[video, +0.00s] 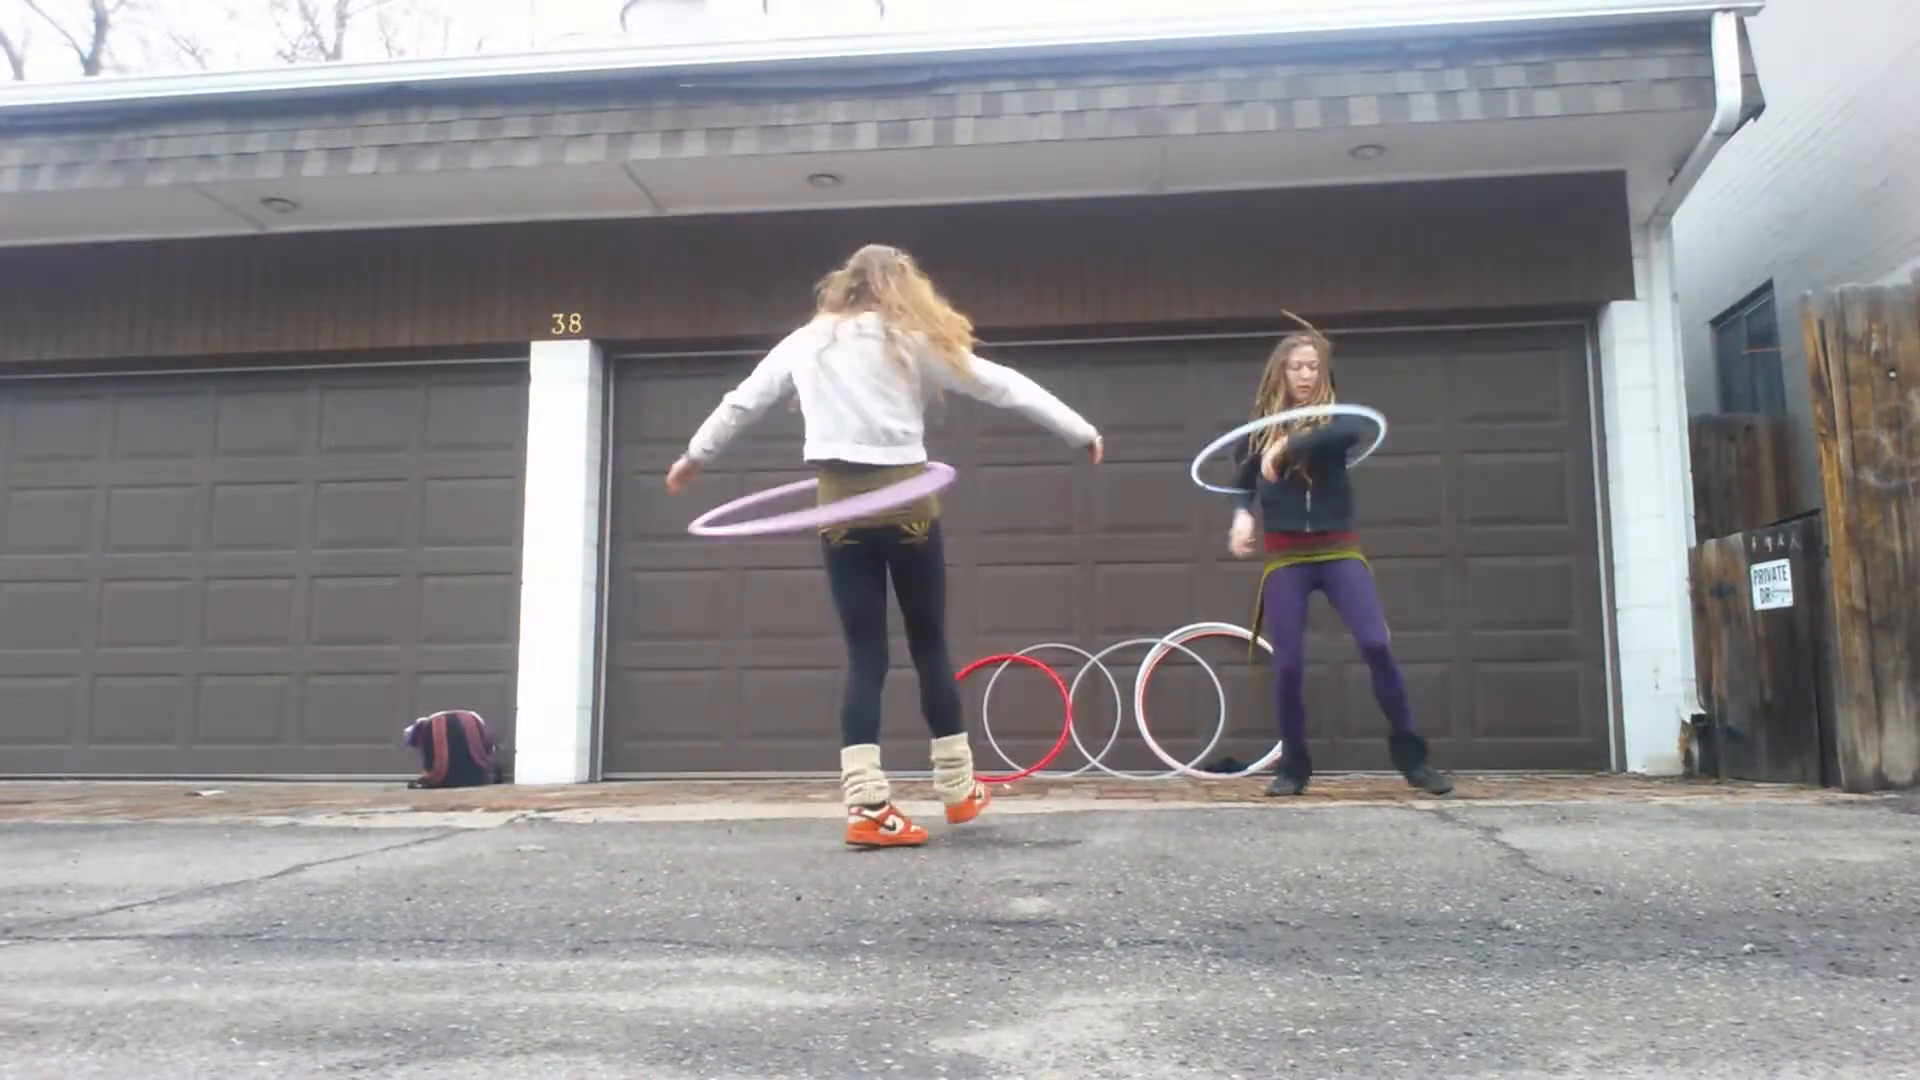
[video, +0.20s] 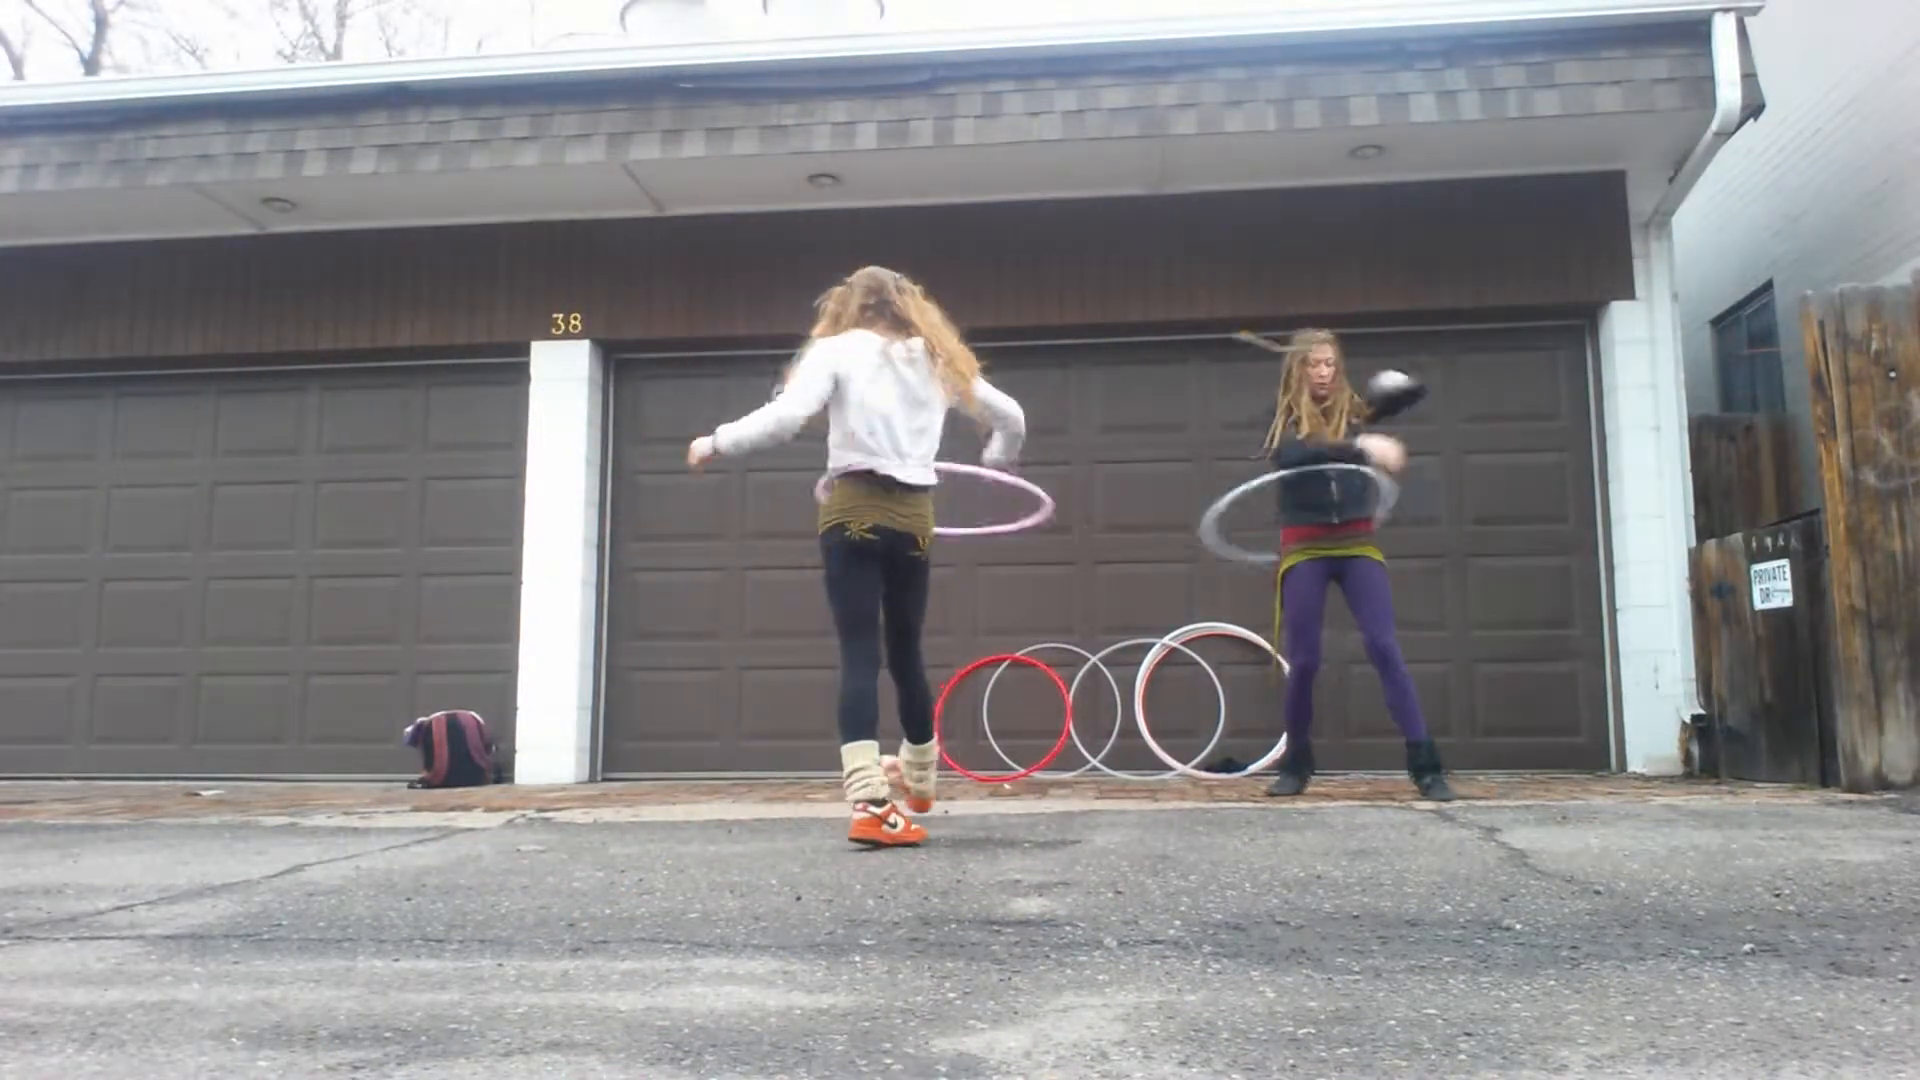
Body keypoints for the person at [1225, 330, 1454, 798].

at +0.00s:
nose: (1305, 376)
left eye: (1313, 368)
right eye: (1297, 367)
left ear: (1323, 373)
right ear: (1281, 372)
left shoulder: (1339, 417)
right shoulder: (1261, 425)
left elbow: (1344, 432)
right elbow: (1244, 481)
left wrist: (1289, 447)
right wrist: (1243, 513)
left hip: (1339, 550)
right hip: (1284, 555)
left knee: (1377, 644)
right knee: (1287, 662)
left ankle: (1411, 757)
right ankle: (1294, 766)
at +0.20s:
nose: (1323, 373)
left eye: (1330, 365)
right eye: (1315, 365)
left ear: (1339, 370)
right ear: (1299, 372)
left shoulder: (1357, 416)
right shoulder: (1286, 421)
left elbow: (1415, 392)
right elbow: (1288, 453)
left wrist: (1382, 398)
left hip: (1358, 542)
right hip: (1304, 546)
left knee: (1383, 646)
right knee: (1303, 660)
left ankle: (1425, 764)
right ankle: (1297, 763)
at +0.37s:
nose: (1353, 365)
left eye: (1358, 358)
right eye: (1343, 358)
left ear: (1368, 365)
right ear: (1320, 365)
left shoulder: (1376, 413)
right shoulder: (1305, 408)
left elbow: (1398, 474)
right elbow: (1338, 394)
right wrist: (1396, 362)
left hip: (1388, 538)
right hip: (1333, 540)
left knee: (1406, 644)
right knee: (1320, 654)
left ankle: (1424, 762)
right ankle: (1290, 757)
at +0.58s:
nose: (1387, 370)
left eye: (1394, 361)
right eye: (1378, 361)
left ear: (1403, 367)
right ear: (1360, 368)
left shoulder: (1418, 416)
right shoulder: (1343, 415)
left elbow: (1445, 465)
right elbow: (1306, 408)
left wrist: (1456, 501)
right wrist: (1338, 364)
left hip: (1431, 541)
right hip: (1373, 543)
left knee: (1440, 651)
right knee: (1373, 655)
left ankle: (1432, 769)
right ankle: (1335, 752)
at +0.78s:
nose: (1423, 369)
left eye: (1430, 361)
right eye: (1414, 360)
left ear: (1437, 364)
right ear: (1394, 362)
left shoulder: (1444, 409)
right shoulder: (1367, 415)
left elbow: (1437, 431)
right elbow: (1326, 468)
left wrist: (1369, 423)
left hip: (1454, 538)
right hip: (1401, 541)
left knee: (1456, 641)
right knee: (1449, 626)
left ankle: (1440, 763)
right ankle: (1431, 756)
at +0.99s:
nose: (1451, 352)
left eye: (1455, 346)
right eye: (1442, 343)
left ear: (1458, 350)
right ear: (1419, 344)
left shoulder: (1455, 395)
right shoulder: (1390, 398)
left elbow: (1492, 407)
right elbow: (1379, 471)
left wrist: (1424, 398)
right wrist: (1410, 519)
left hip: (1460, 531)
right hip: (1421, 532)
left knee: (1470, 642)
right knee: (1471, 638)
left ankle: (1438, 761)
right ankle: (1451, 770)